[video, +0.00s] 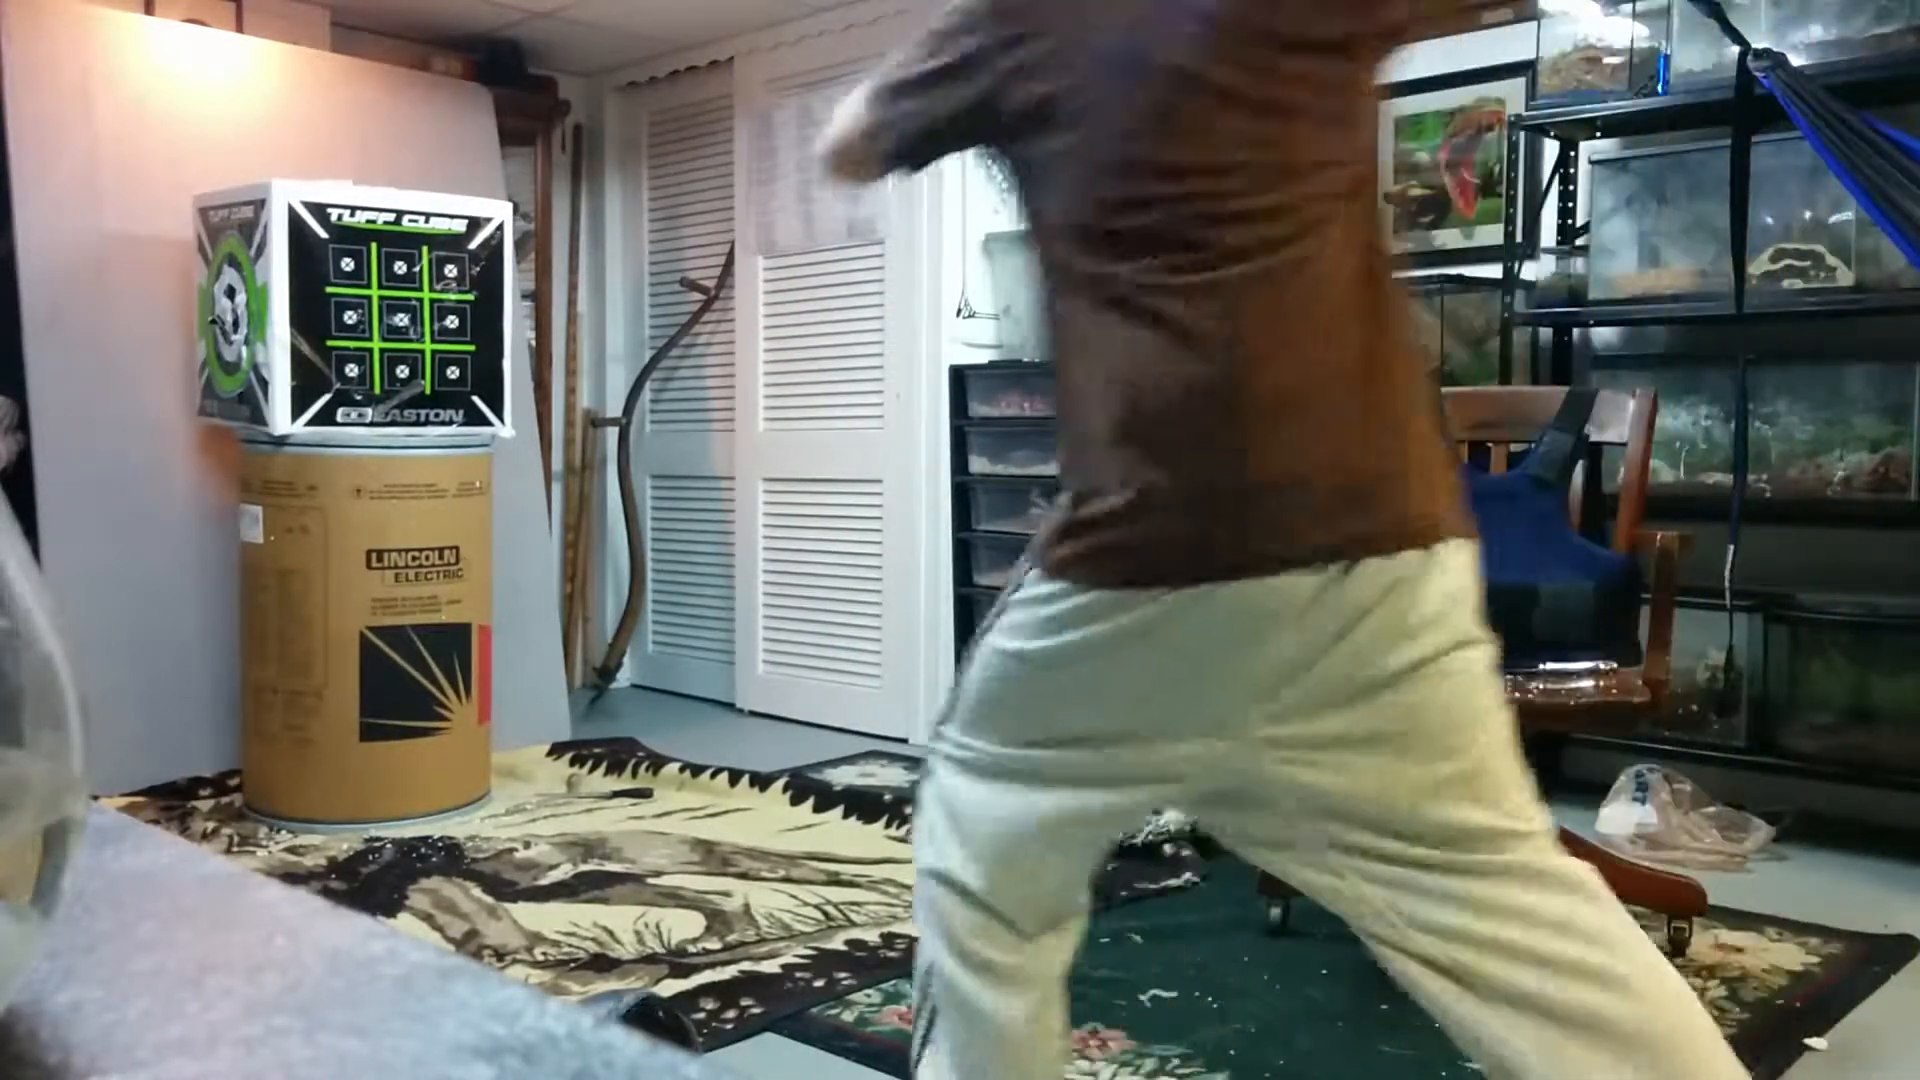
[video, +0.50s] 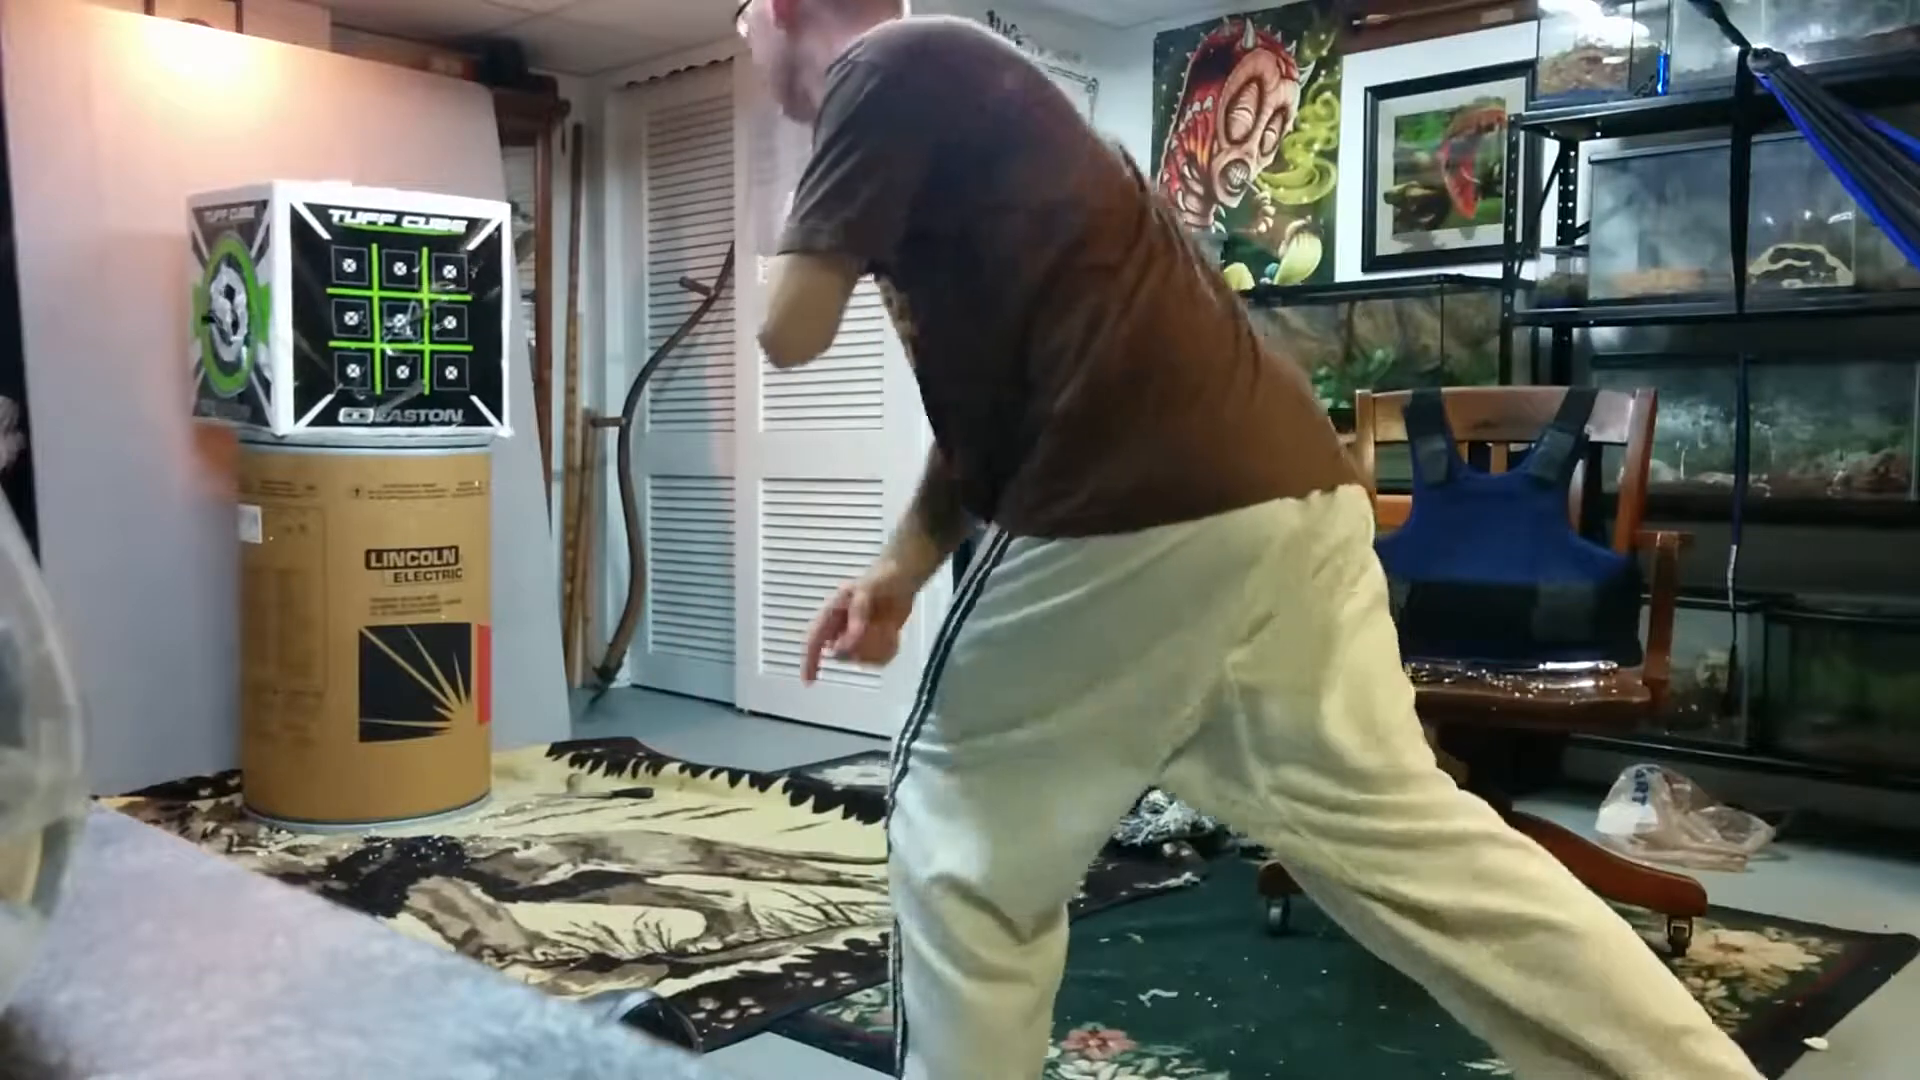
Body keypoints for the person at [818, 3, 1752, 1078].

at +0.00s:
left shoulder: (1019, 22)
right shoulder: (1330, 4)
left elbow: (850, 149)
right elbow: (1503, 2)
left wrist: (923, 72)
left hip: (1160, 509)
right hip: (1388, 490)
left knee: (993, 806)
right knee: (1494, 869)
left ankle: (989, 1059)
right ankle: (1699, 1068)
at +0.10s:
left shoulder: (981, 34)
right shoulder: (1193, 37)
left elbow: (804, 229)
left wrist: (842, 153)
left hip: (1152, 518)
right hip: (1335, 504)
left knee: (955, 835)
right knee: (1455, 868)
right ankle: (1728, 1066)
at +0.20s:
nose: (866, 49)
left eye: (868, 34)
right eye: (863, 40)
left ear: (898, 16)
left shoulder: (971, 50)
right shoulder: (1105, 105)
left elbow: (823, 304)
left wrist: (903, 206)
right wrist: (918, 213)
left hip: (1154, 512)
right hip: (1323, 498)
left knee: (954, 816)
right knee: (1442, 862)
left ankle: (964, 1060)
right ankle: (1698, 1062)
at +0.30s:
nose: (776, 54)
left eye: (778, 25)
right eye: (774, 35)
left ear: (838, 2)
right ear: (888, 5)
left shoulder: (938, 67)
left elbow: (820, 329)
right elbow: (885, 452)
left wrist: (841, 239)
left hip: (1145, 513)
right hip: (1301, 491)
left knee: (946, 825)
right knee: (1427, 851)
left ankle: (973, 1074)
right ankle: (1701, 1076)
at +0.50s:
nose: (748, 81)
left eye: (744, 47)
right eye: (742, 57)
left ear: (793, 11)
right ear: (847, 14)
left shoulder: (887, 69)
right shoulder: (1002, 107)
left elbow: (786, 335)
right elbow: (986, 400)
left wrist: (807, 232)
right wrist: (898, 571)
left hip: (1125, 492)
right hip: (1291, 465)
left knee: (963, 839)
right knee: (1393, 819)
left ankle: (975, 1061)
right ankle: (1698, 1061)